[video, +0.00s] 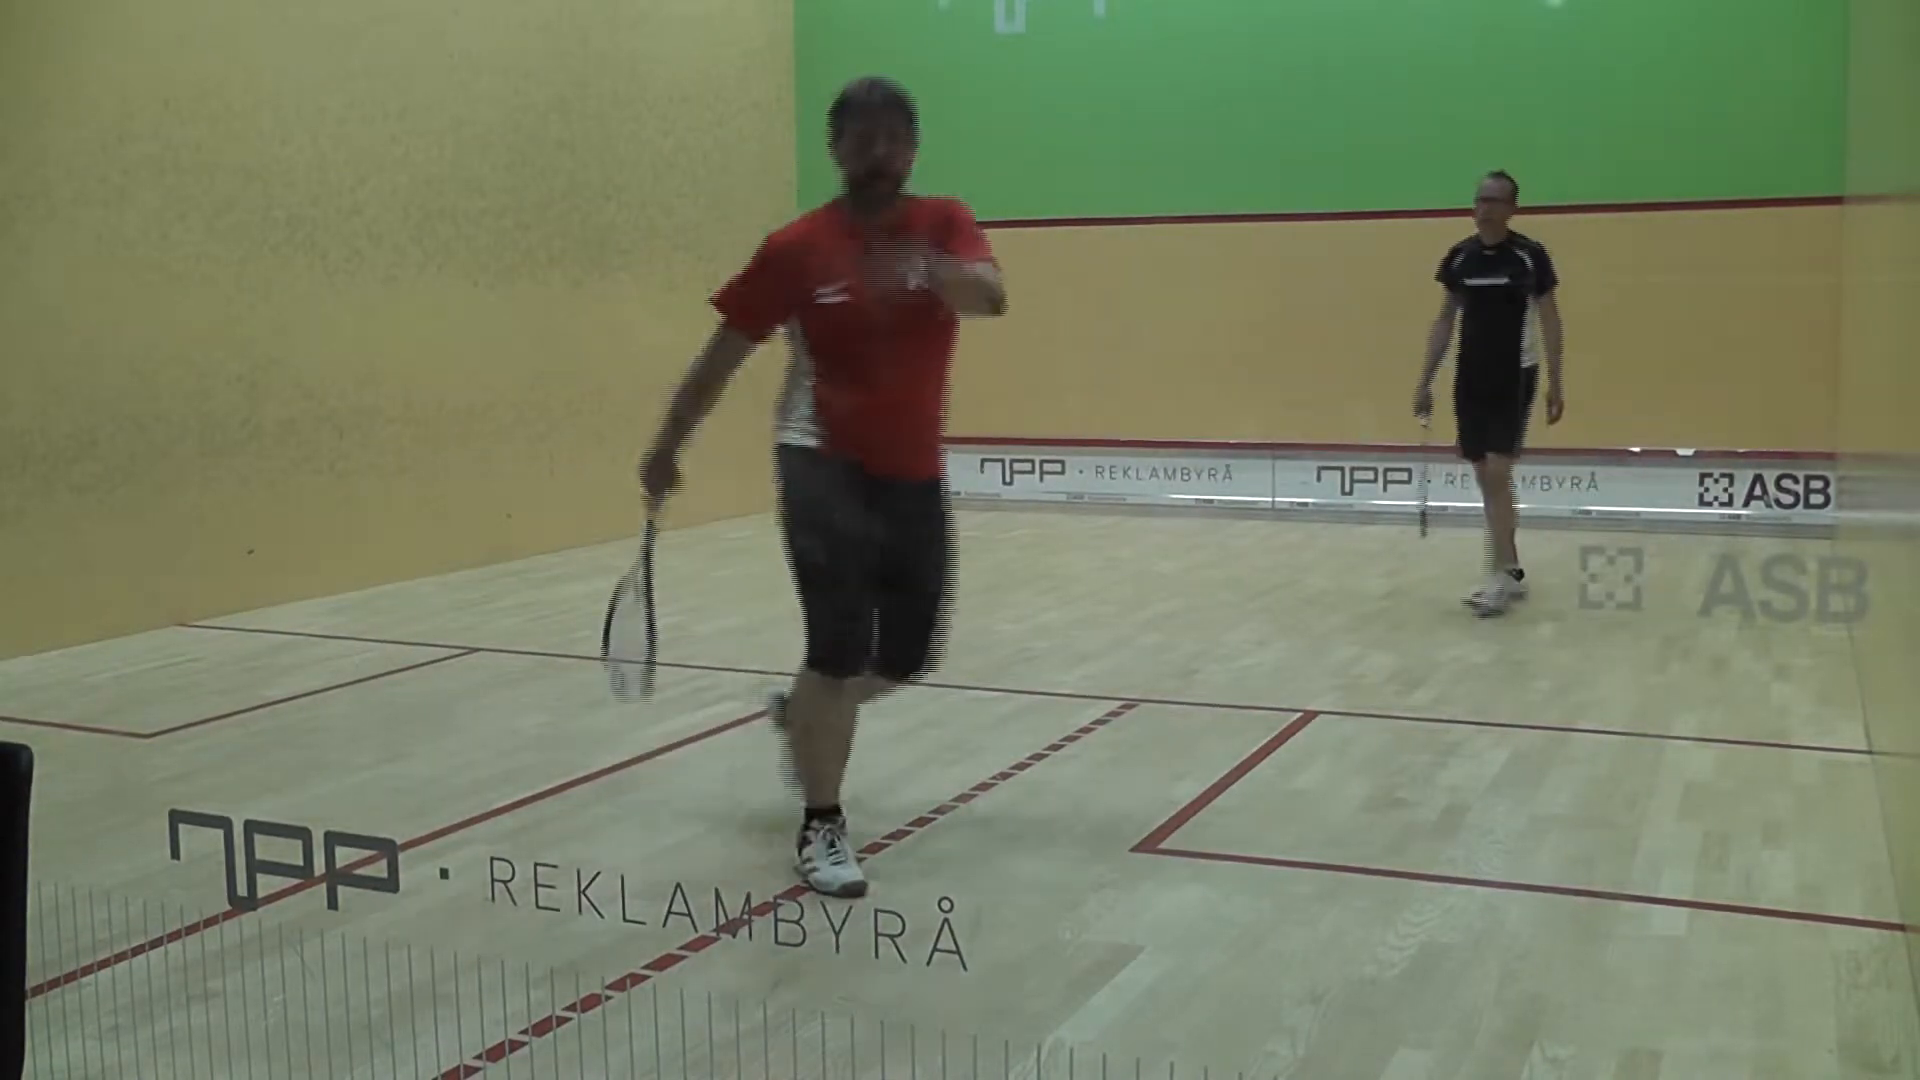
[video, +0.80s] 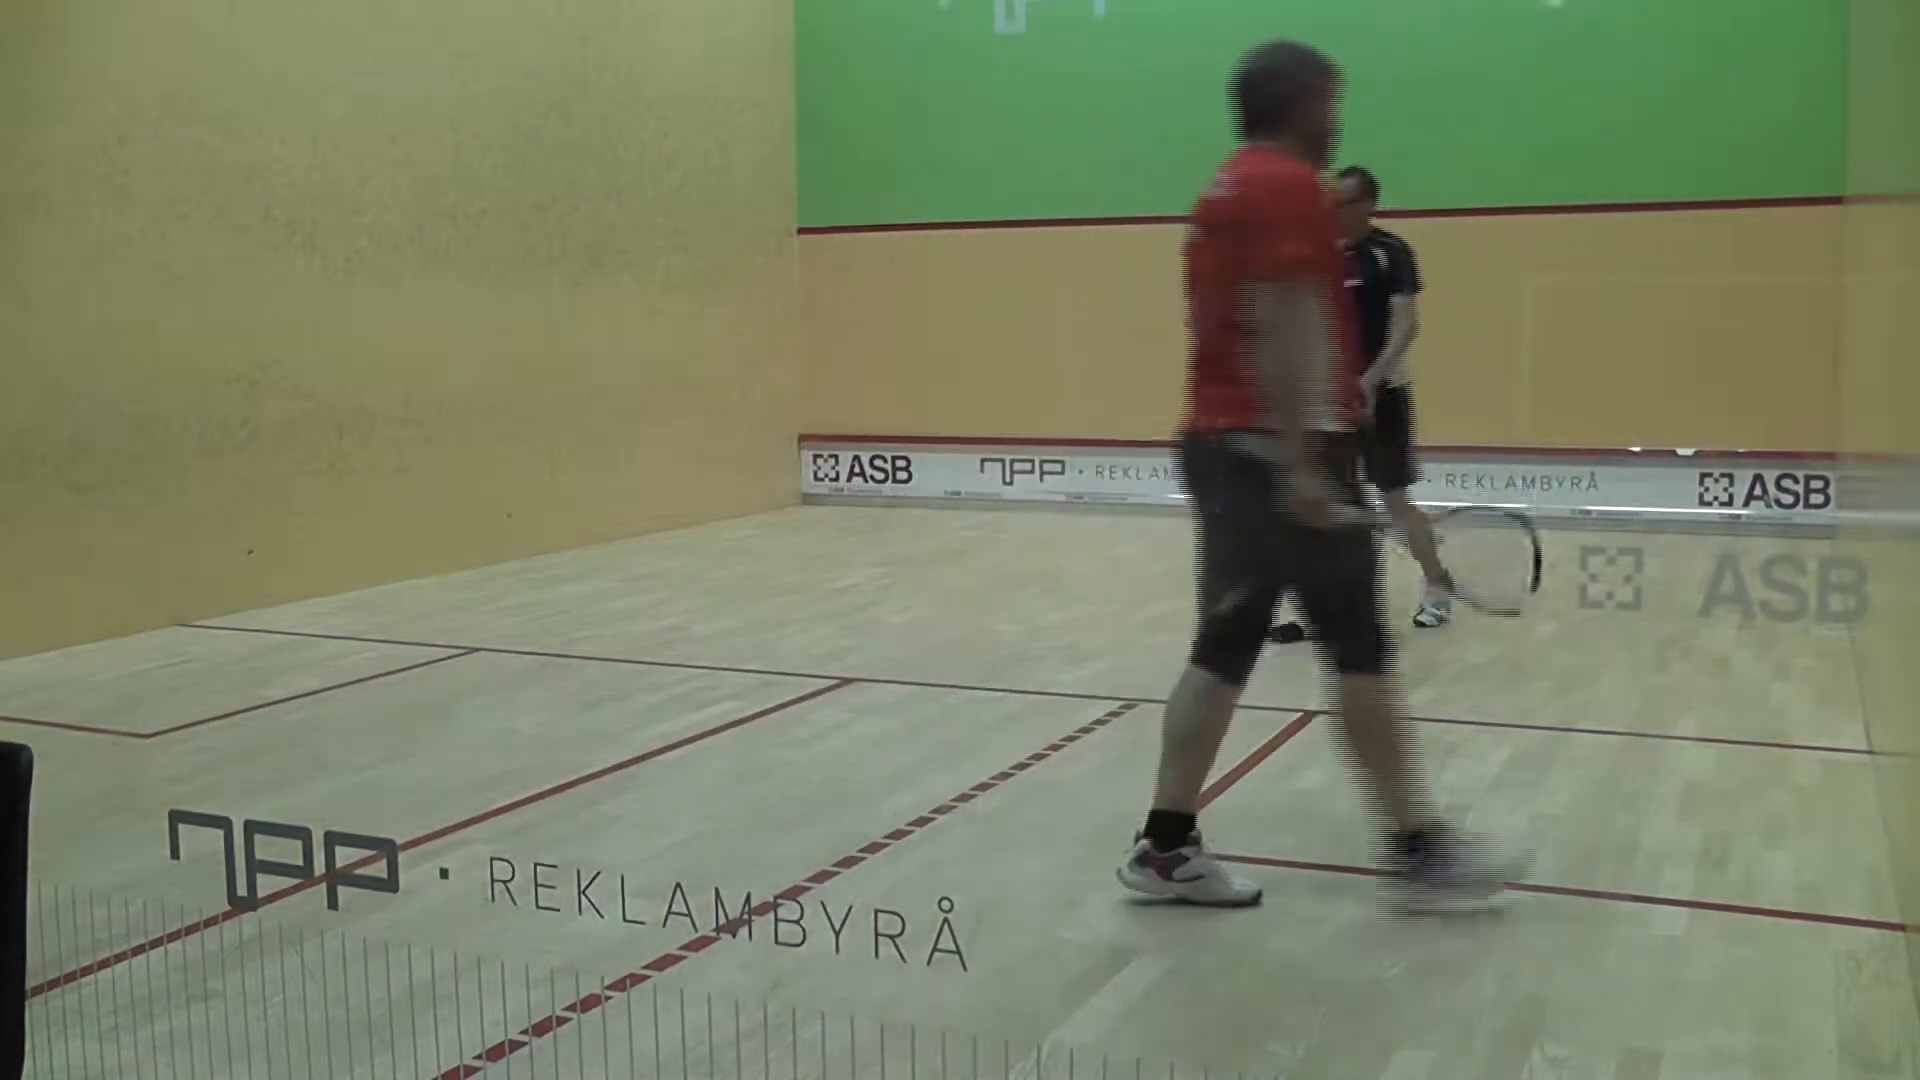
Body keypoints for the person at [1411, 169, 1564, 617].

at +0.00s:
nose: (1485, 207)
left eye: (1495, 201)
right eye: (1480, 200)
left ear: (1512, 207)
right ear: (1473, 205)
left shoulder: (1531, 257)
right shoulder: (1460, 258)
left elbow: (1550, 320)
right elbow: (1445, 320)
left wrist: (1555, 383)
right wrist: (1425, 381)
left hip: (1514, 372)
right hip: (1471, 372)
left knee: (1496, 472)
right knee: (1485, 474)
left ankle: (1504, 573)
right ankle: (1508, 567)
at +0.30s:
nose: (1446, 210)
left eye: (1456, 204)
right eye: (1442, 201)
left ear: (1476, 210)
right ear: (1436, 205)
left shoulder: (1496, 261)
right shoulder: (1426, 261)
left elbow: (1515, 332)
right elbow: (1414, 327)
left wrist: (1522, 396)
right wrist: (1393, 389)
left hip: (1474, 383)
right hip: (1433, 381)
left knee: (1448, 486)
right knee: (1428, 491)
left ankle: (1447, 593)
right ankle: (1482, 544)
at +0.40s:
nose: (1421, 203)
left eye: (1432, 196)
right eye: (1420, 194)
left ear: (1456, 202)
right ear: (1418, 198)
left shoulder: (1476, 254)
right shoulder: (1411, 254)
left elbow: (1496, 327)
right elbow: (1404, 325)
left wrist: (1497, 393)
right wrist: (1390, 387)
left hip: (1458, 381)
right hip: (1414, 380)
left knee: (1445, 485)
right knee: (1389, 482)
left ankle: (1448, 591)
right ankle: (1443, 547)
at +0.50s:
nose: (1404, 202)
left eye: (1414, 195)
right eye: (1403, 193)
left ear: (1441, 199)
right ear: (1405, 196)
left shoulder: (1463, 249)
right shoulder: (1402, 253)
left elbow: (1475, 322)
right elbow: (1400, 324)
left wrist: (1470, 392)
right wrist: (1385, 385)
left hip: (1449, 384)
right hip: (1408, 382)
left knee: (1442, 486)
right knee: (1371, 476)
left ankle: (1448, 591)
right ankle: (1407, 567)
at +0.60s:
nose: (1382, 209)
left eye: (1391, 200)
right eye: (1379, 200)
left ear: (1417, 202)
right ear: (1378, 203)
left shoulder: (1441, 253)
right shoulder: (1380, 257)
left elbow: (1449, 326)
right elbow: (1386, 332)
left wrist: (1432, 380)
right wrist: (1372, 387)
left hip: (1429, 381)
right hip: (1385, 381)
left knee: (1435, 490)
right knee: (1357, 485)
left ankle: (1446, 594)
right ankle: (1343, 598)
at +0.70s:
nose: (1363, 216)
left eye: (1373, 206)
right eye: (1360, 207)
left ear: (1399, 208)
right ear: (1358, 209)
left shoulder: (1421, 253)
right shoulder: (1363, 263)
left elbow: (1431, 324)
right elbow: (1370, 330)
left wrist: (1403, 378)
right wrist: (1357, 388)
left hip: (1415, 396)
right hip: (1367, 398)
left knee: (1426, 494)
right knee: (1347, 495)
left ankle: (1445, 593)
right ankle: (1325, 597)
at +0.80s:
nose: (1340, 215)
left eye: (1349, 205)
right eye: (1335, 205)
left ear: (1371, 206)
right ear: (1329, 207)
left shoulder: (1390, 253)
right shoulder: (1322, 255)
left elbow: (1403, 326)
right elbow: (1313, 326)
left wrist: (1372, 378)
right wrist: (1319, 379)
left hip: (1379, 393)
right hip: (1331, 394)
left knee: (1394, 498)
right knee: (1325, 503)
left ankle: (1437, 586)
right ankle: (1319, 605)